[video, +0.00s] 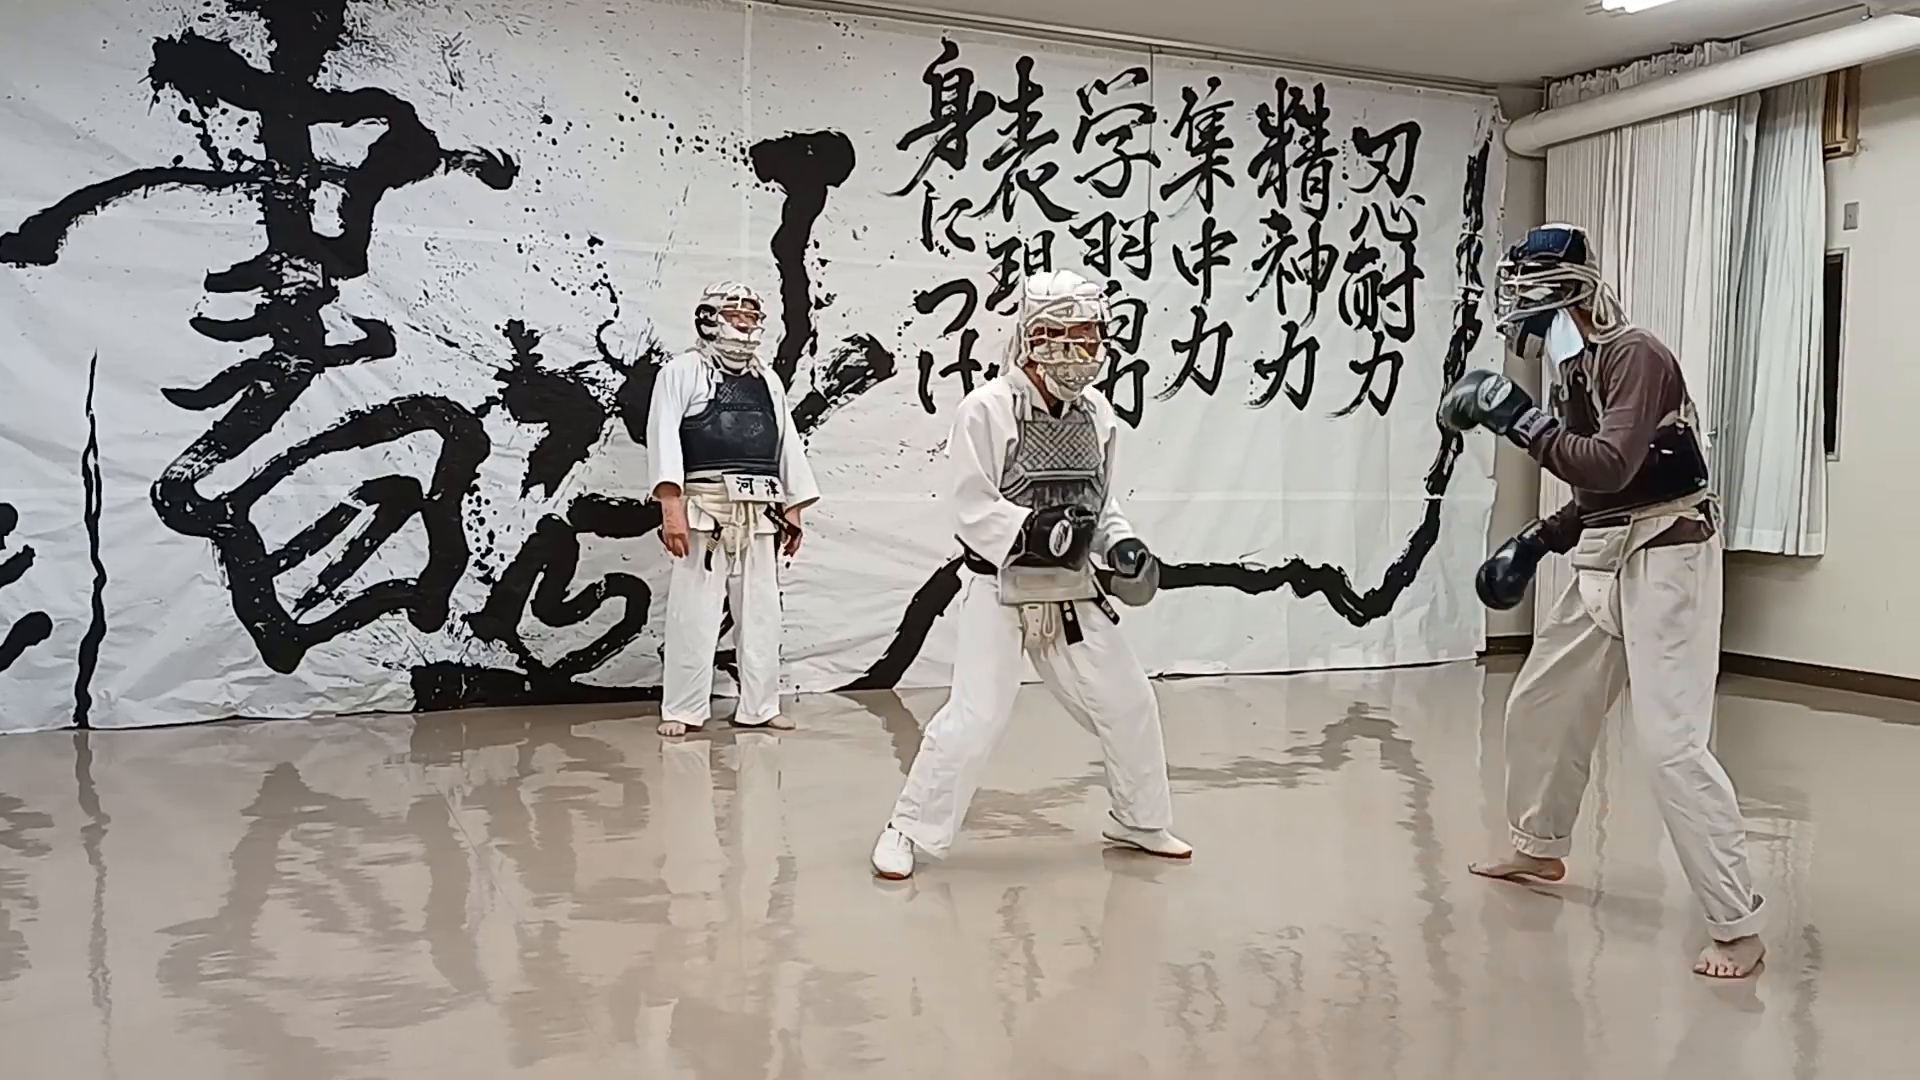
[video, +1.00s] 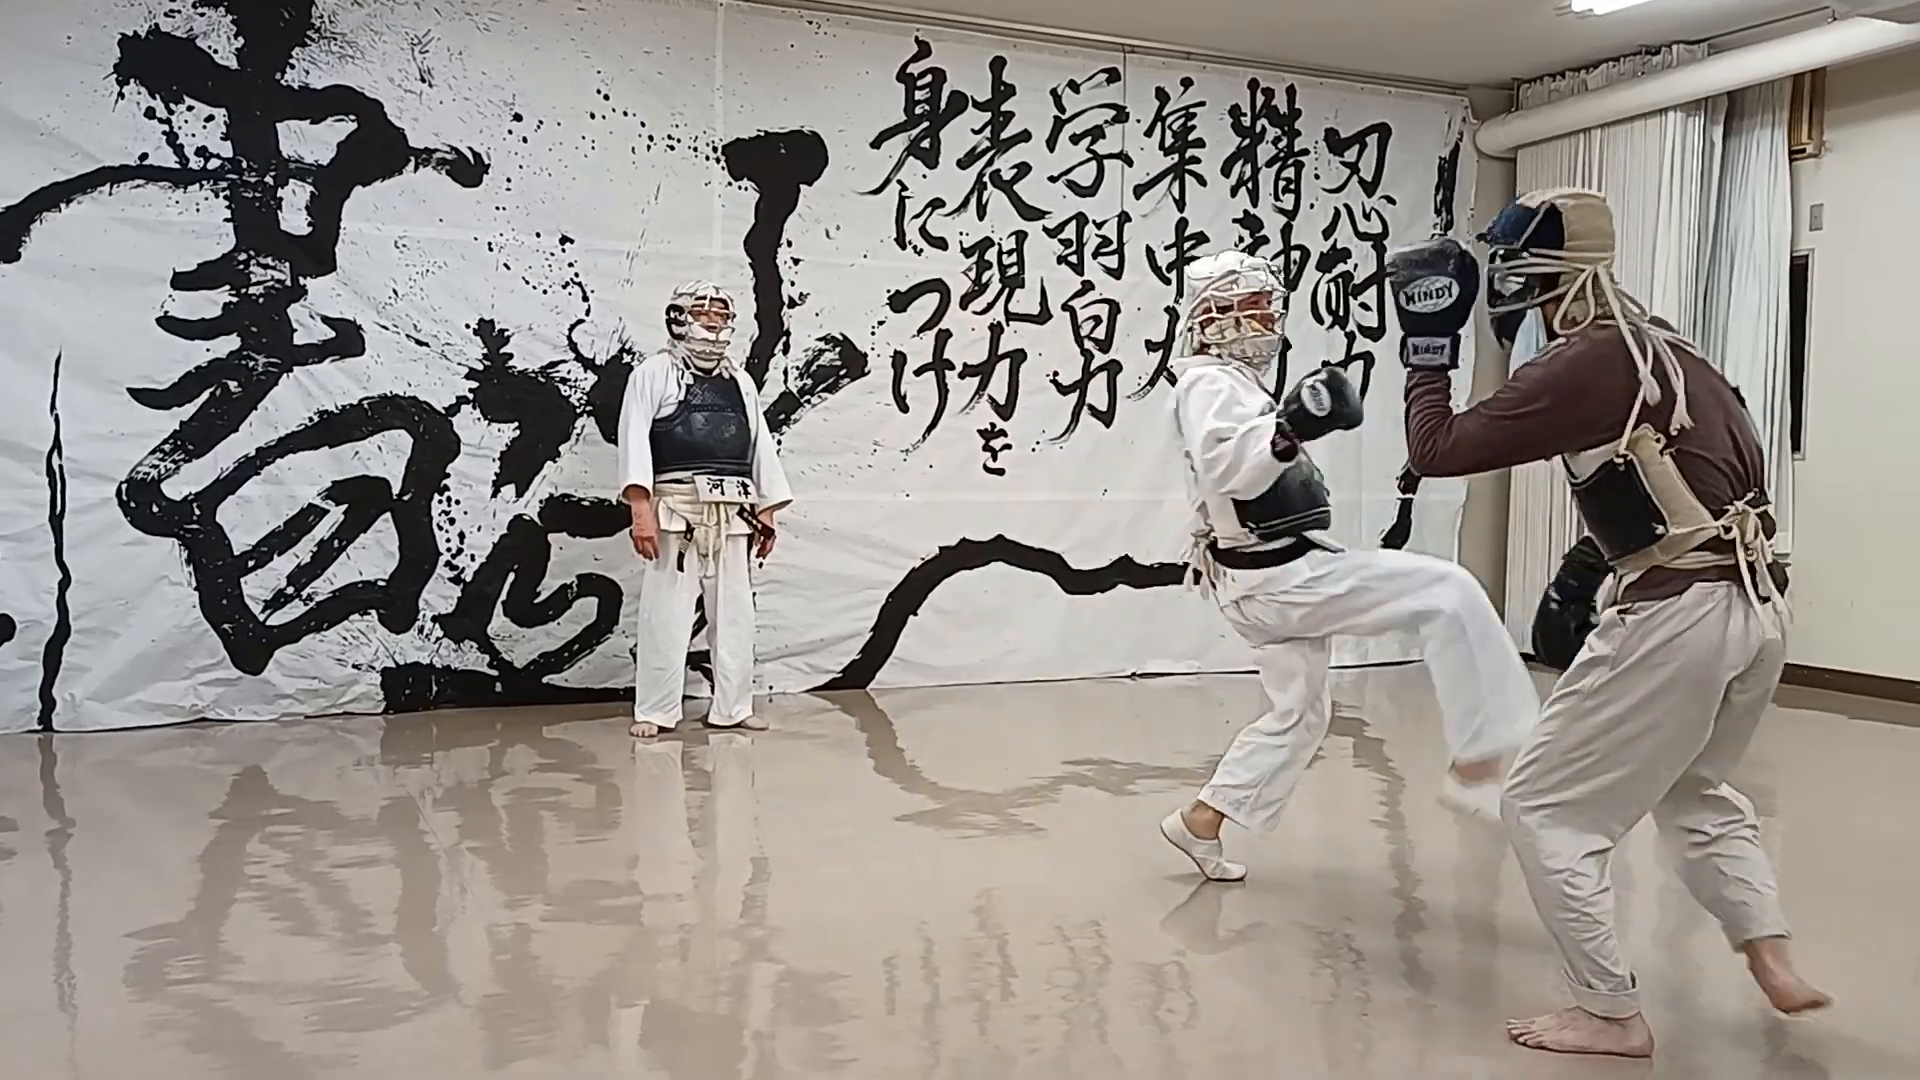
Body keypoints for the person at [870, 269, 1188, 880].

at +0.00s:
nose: (1072, 350)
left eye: (1084, 337)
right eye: (1056, 337)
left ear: (1098, 344)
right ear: (1029, 342)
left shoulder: (1098, 414)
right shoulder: (989, 408)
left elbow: (1102, 507)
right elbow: (970, 507)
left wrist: (1120, 548)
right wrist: (1036, 535)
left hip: (1073, 589)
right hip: (998, 592)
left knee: (1131, 705)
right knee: (974, 719)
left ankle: (1140, 823)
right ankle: (905, 833)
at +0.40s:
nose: (1106, 353)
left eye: (1115, 340)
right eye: (1089, 340)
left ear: (1126, 345)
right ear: (1057, 346)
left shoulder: (1121, 417)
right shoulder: (1021, 415)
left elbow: (1125, 496)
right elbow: (1021, 512)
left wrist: (1154, 521)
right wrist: (1102, 517)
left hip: (1097, 596)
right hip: (1023, 596)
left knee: (1181, 685)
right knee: (987, 720)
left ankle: (1184, 826)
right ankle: (929, 817)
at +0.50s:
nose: (1148, 345)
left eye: (1155, 332)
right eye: (1133, 332)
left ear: (1162, 337)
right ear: (1100, 340)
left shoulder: (1157, 413)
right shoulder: (1069, 405)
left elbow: (1173, 494)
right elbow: (1081, 491)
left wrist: (1220, 486)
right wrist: (1157, 474)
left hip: (1133, 591)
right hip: (1061, 590)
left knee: (1199, 700)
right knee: (1020, 728)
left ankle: (1193, 839)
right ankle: (934, 805)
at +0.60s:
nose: (1177, 332)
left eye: (1184, 321)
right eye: (1162, 319)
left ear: (1194, 328)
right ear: (1130, 324)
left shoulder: (1184, 400)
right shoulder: (1100, 384)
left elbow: (1248, 457)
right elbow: (1079, 475)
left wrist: (1290, 439)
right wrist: (1141, 494)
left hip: (1177, 567)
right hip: (1117, 568)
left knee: (1221, 698)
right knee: (1183, 696)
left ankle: (1194, 839)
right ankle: (1082, 760)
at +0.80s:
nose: (1218, 319)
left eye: (1223, 307)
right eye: (1204, 307)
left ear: (1228, 312)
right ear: (1166, 313)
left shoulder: (1220, 383)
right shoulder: (1139, 377)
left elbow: (1267, 435)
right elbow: (1101, 472)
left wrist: (1327, 435)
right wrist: (1156, 510)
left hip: (1244, 549)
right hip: (1212, 552)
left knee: (1263, 690)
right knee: (1352, 528)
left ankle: (1196, 819)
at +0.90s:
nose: (1237, 316)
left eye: (1240, 303)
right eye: (1222, 304)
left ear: (1244, 307)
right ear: (1184, 311)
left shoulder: (1223, 379)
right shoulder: (1171, 376)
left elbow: (1260, 451)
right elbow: (1159, 473)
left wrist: (1327, 472)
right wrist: (1230, 464)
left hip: (1259, 555)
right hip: (1240, 561)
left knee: (1290, 694)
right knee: (1398, 514)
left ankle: (1200, 818)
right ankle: (1556, 602)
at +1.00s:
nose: (1267, 322)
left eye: (1268, 310)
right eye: (1251, 310)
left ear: (1266, 317)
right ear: (1214, 319)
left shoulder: (1238, 383)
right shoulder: (1210, 383)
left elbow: (1244, 475)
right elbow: (1228, 469)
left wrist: (1295, 495)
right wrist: (1291, 428)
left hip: (1259, 580)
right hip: (1278, 575)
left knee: (1299, 713)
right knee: (1446, 589)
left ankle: (1203, 820)